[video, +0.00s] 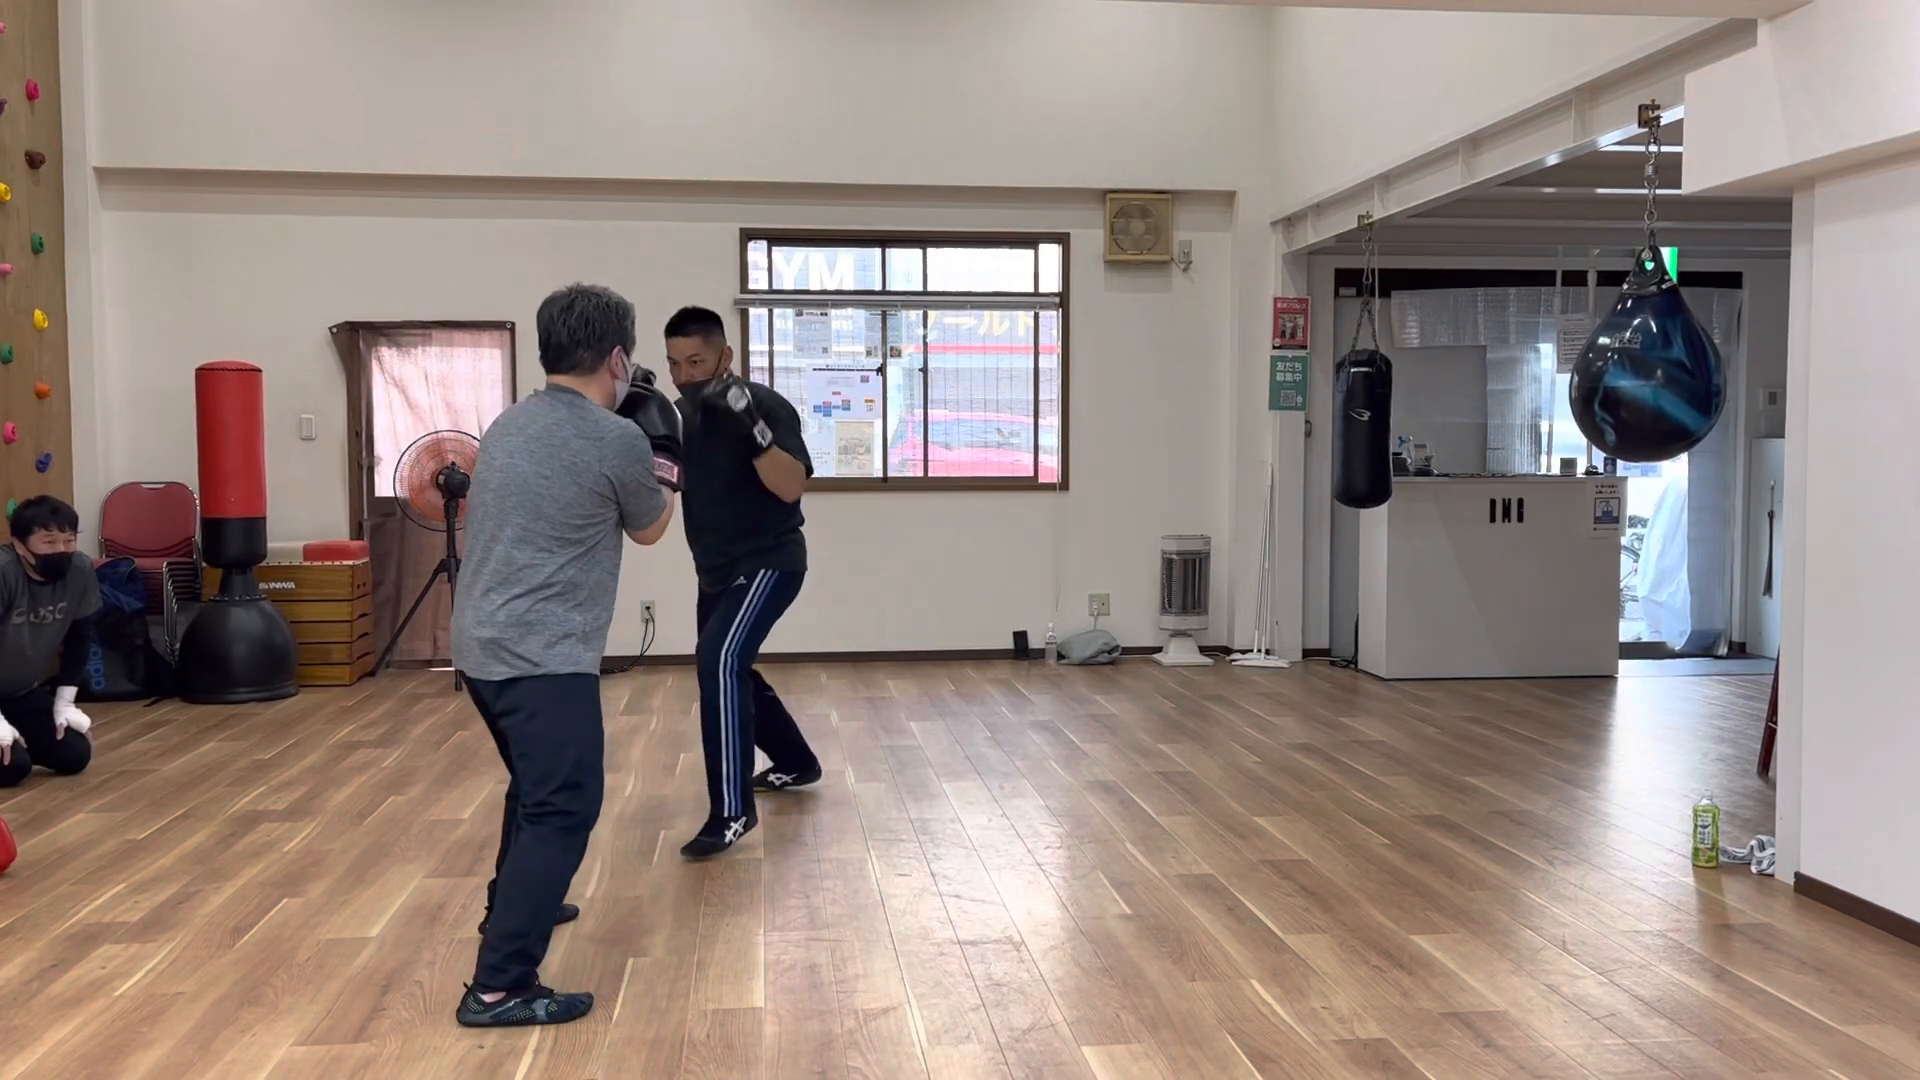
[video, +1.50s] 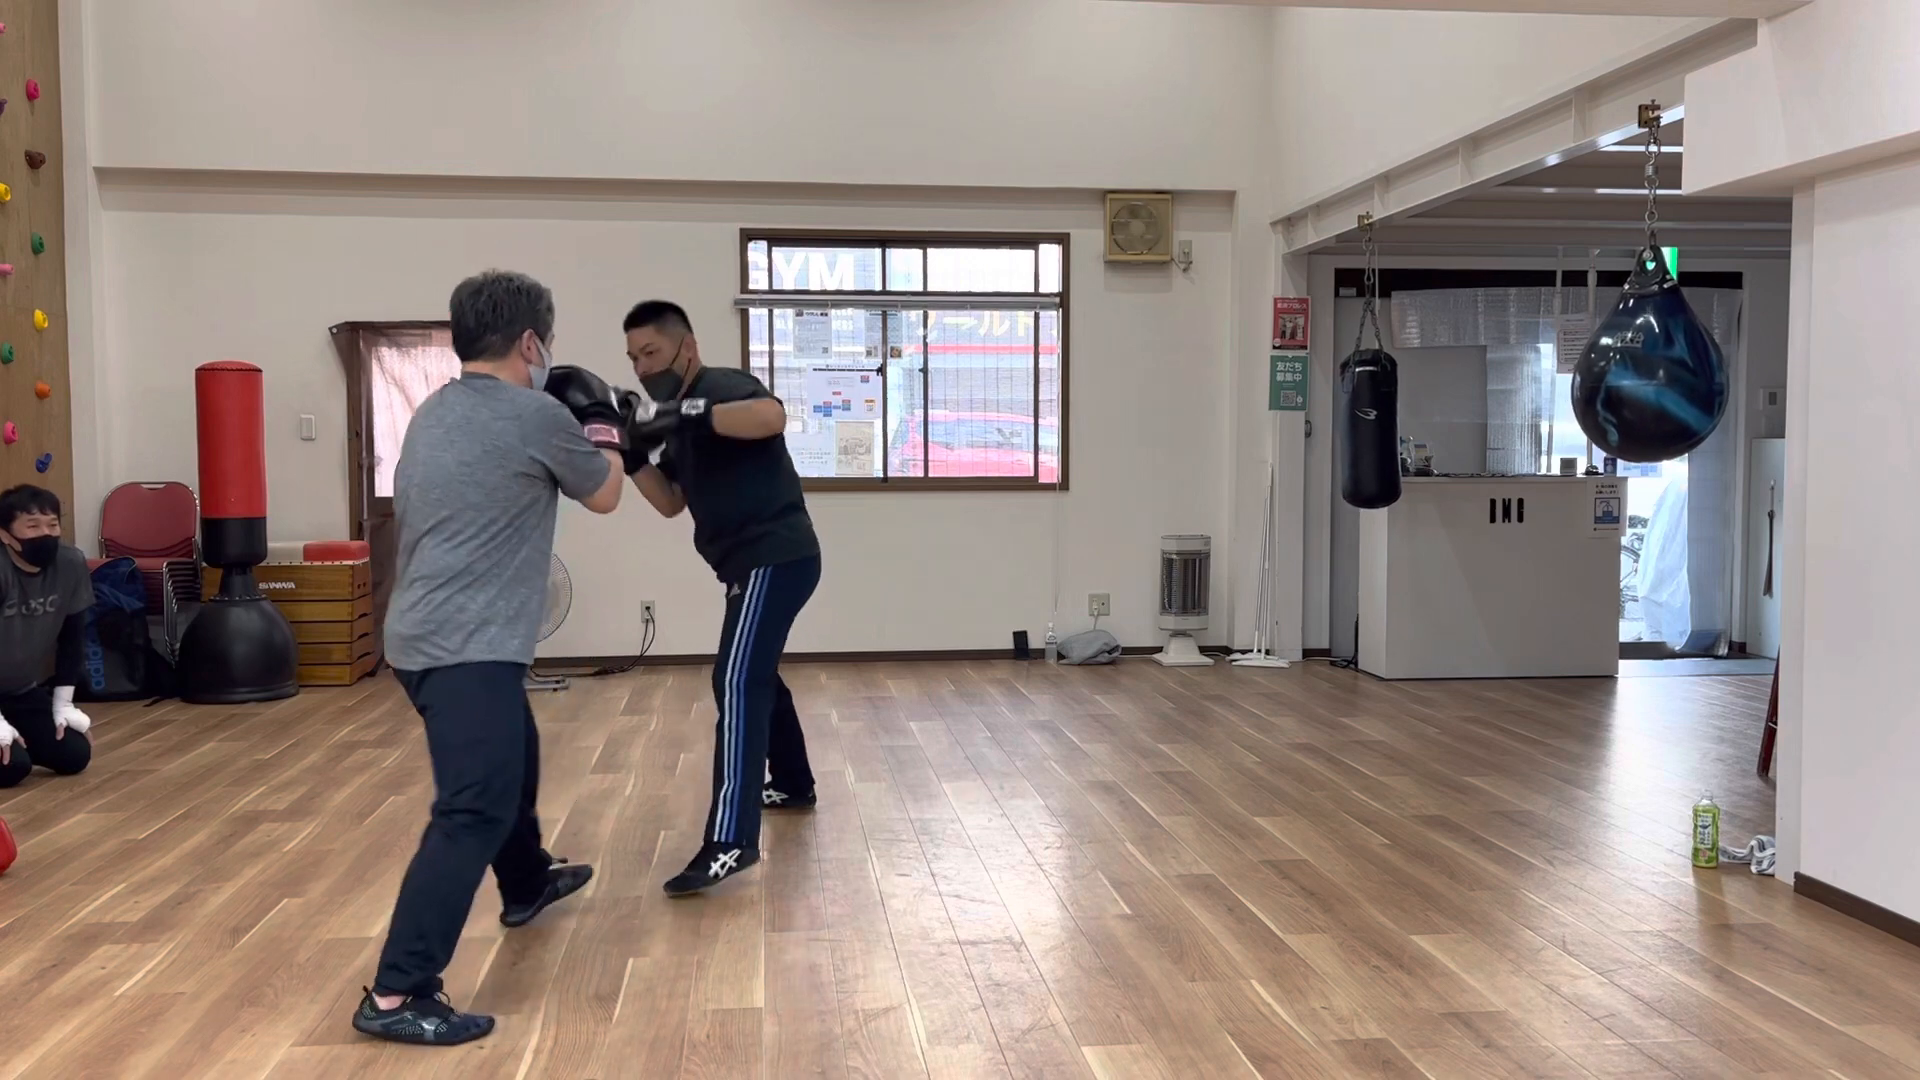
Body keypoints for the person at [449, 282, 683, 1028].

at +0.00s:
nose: (631, 365)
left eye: (629, 355)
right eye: (629, 355)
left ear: (546, 355)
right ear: (615, 357)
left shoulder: (506, 423)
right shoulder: (615, 438)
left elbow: (528, 500)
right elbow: (651, 525)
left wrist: (618, 465)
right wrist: (661, 480)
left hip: (480, 651)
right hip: (548, 660)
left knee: (532, 787)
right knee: (562, 811)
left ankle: (516, 906)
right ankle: (501, 987)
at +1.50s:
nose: (547, 353)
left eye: (548, 342)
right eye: (546, 341)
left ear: (460, 342)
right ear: (528, 342)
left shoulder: (430, 414)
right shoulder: (534, 414)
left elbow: (489, 493)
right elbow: (607, 494)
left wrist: (547, 424)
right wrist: (600, 435)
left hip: (418, 639)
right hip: (475, 648)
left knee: (514, 749)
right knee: (472, 813)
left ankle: (525, 880)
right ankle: (397, 993)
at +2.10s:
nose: (473, 341)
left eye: (473, 329)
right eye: (469, 328)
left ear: (378, 334)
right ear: (448, 333)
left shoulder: (346, 411)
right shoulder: (444, 423)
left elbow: (421, 497)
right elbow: (528, 510)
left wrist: (464, 407)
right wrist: (536, 437)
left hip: (339, 650)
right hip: (391, 662)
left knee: (430, 760)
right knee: (373, 824)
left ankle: (385, 925)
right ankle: (286, 1017)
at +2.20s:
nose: (475, 340)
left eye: (475, 328)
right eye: (473, 327)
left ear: (383, 326)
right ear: (452, 329)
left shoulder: (348, 402)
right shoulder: (448, 415)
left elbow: (407, 497)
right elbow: (509, 515)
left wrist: (476, 441)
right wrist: (527, 457)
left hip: (328, 647)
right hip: (393, 655)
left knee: (396, 800)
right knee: (405, 816)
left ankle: (387, 927)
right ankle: (326, 1003)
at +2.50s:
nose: (466, 379)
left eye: (468, 367)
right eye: (464, 366)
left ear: (381, 362)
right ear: (442, 364)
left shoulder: (350, 426)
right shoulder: (436, 443)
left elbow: (411, 514)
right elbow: (490, 546)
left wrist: (462, 435)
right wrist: (512, 497)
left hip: (332, 663)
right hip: (389, 674)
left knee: (410, 789)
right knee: (409, 831)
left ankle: (406, 887)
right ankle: (338, 1011)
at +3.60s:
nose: (434, 405)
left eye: (435, 390)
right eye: (432, 391)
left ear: (344, 379)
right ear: (402, 402)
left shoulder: (313, 436)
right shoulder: (361, 488)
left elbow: (343, 523)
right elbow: (416, 599)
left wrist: (408, 489)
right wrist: (454, 521)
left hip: (283, 666)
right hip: (290, 688)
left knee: (374, 774)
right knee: (343, 851)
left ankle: (299, 924)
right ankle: (283, 1052)